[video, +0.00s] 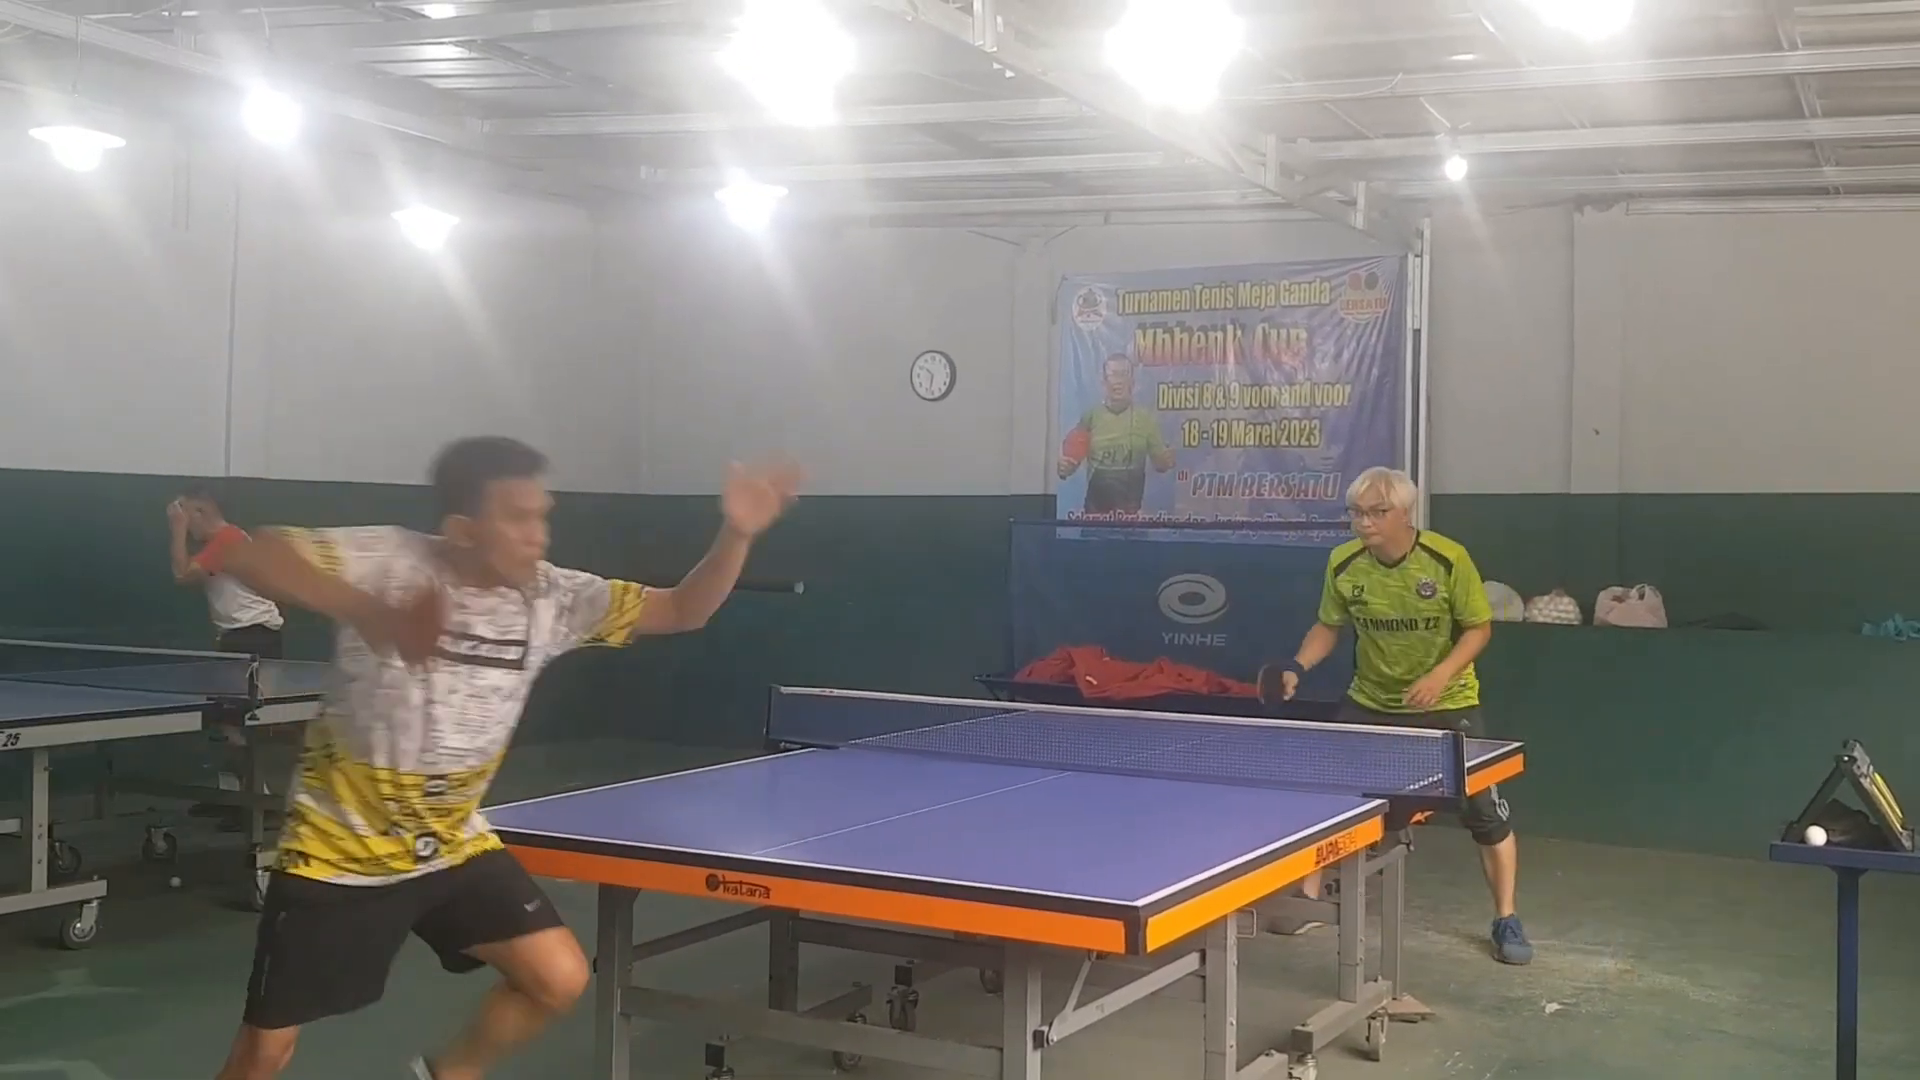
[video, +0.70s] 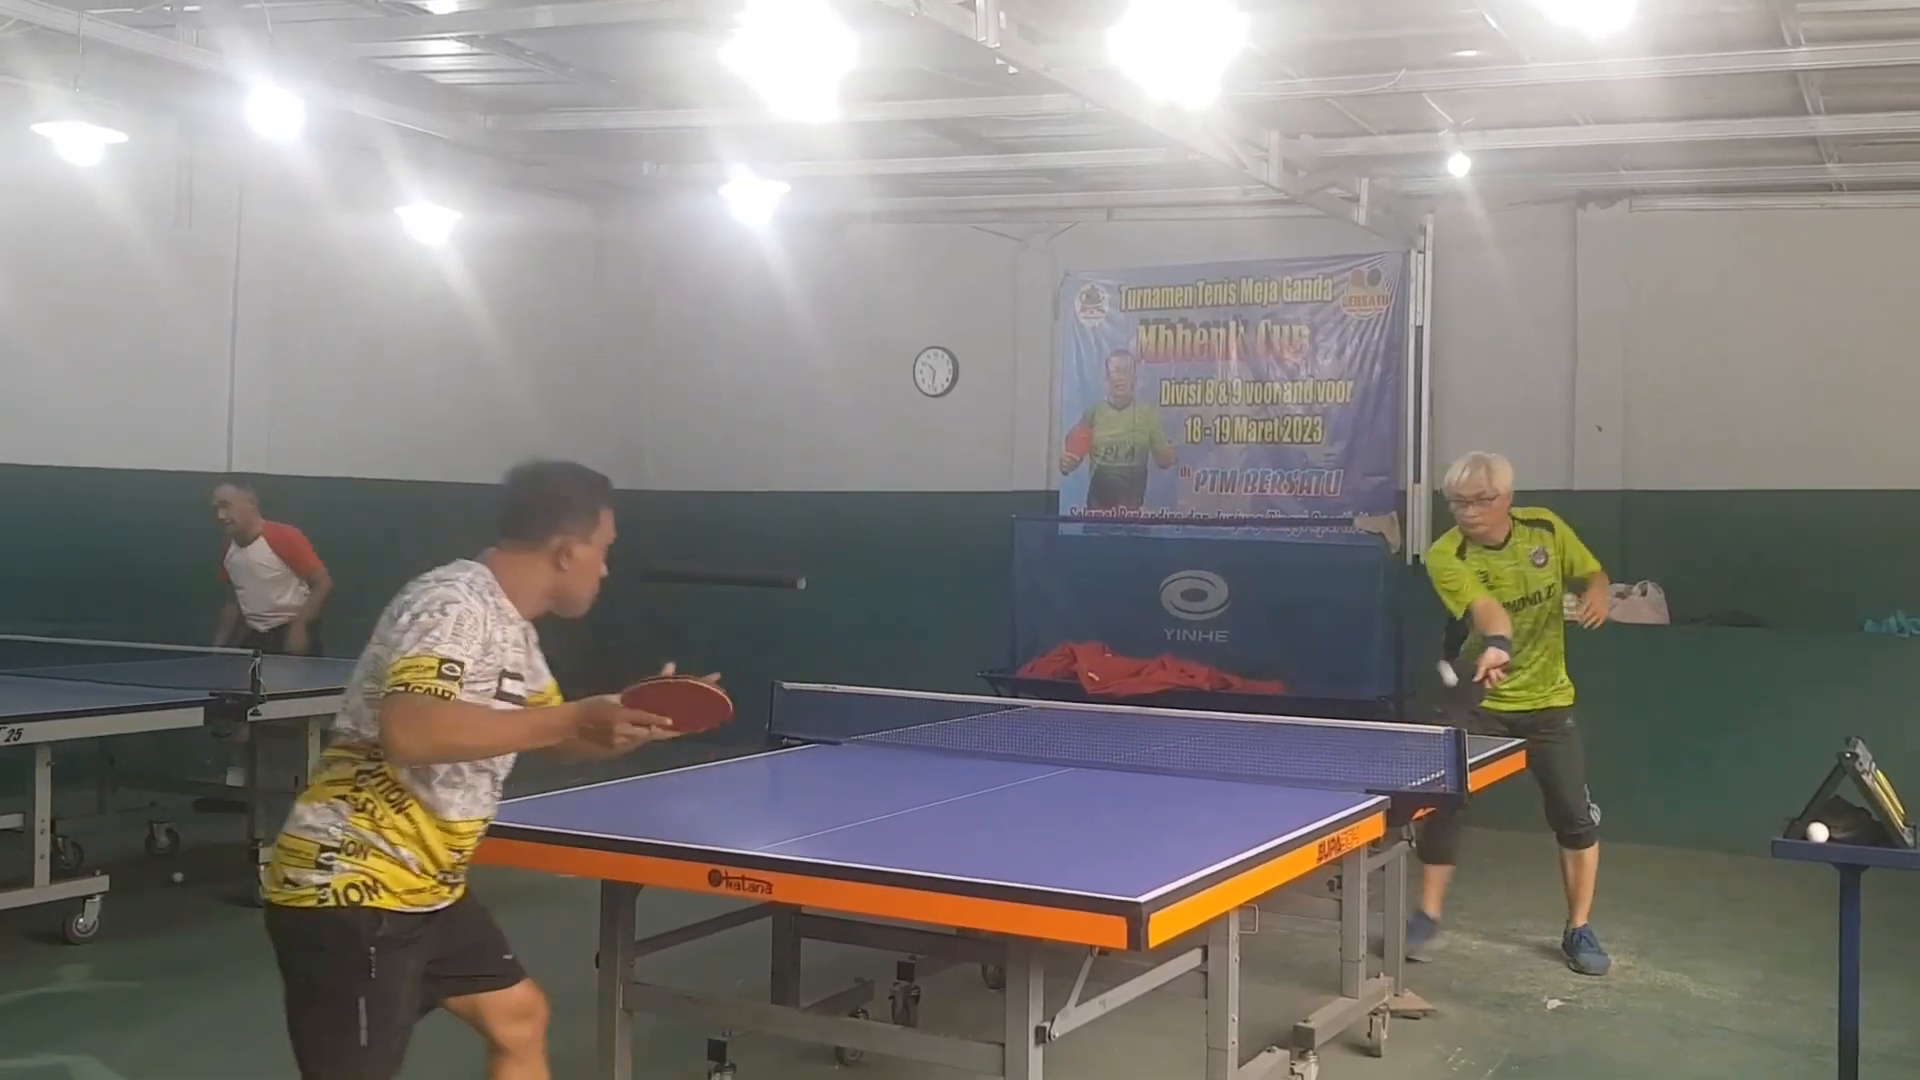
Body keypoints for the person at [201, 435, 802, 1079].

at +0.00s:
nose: (537, 536)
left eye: (541, 517)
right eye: (517, 517)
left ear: (546, 521)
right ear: (459, 525)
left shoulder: (552, 596)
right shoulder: (390, 559)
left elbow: (680, 610)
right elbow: (245, 553)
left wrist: (736, 536)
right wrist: (374, 614)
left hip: (453, 837)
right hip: (338, 842)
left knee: (558, 979)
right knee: (265, 1048)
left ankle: (450, 1069)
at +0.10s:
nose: (620, 583)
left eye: (624, 564)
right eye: (611, 560)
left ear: (576, 555)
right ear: (558, 549)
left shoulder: (588, 625)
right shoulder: (460, 573)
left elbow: (685, 642)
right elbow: (342, 604)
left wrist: (681, 532)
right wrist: (475, 659)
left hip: (484, 868)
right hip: (370, 863)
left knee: (577, 1025)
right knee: (294, 1060)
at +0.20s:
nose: (678, 622)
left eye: (684, 607)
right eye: (674, 603)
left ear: (626, 600)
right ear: (626, 595)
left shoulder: (619, 671)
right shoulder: (505, 604)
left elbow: (704, 710)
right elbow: (377, 677)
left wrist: (702, 592)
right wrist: (490, 608)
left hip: (506, 893)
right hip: (401, 888)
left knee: (611, 1034)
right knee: (353, 1070)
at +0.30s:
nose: (696, 640)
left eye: (701, 625)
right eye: (696, 620)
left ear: (653, 612)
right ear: (654, 611)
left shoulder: (638, 689)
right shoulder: (521, 616)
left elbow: (717, 755)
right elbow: (389, 701)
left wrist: (738, 650)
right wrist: (468, 625)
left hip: (510, 895)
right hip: (412, 884)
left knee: (620, 1033)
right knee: (395, 1072)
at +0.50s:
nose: (671, 615)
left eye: (674, 600)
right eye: (669, 597)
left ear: (627, 591)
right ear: (630, 589)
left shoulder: (608, 671)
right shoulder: (496, 614)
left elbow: (678, 758)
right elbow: (406, 718)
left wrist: (726, 702)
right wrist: (535, 694)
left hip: (491, 886)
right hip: (398, 877)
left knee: (598, 1025)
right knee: (401, 1076)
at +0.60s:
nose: (636, 591)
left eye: (638, 574)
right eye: (635, 573)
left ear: (591, 573)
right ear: (595, 572)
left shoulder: (560, 656)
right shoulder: (475, 607)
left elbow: (616, 748)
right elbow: (411, 725)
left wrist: (683, 720)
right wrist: (562, 712)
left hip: (463, 890)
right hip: (379, 893)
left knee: (567, 1026)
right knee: (380, 1067)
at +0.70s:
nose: (606, 569)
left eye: (608, 553)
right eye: (604, 551)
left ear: (557, 552)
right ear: (565, 552)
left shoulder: (516, 634)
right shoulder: (452, 601)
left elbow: (555, 739)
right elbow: (409, 731)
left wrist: (643, 716)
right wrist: (568, 723)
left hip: (423, 887)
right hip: (347, 892)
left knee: (521, 1020)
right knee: (353, 1068)